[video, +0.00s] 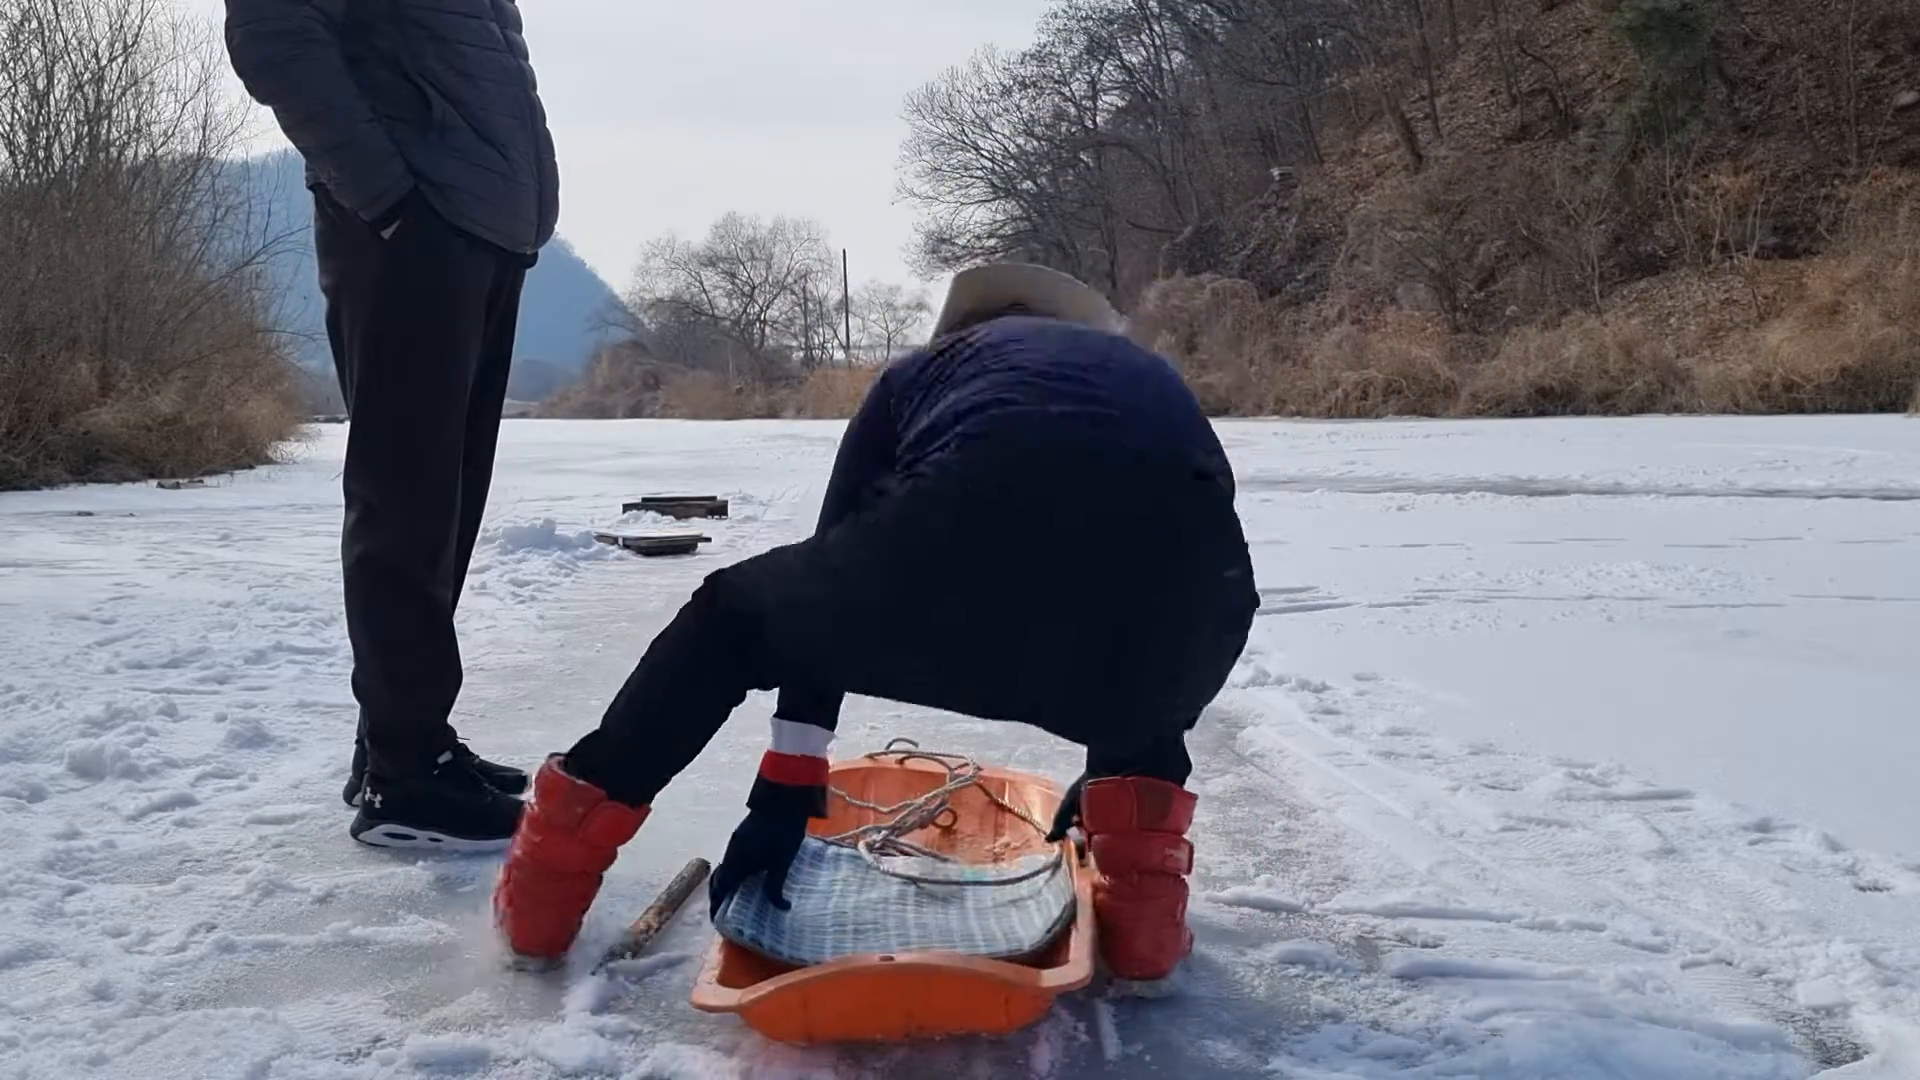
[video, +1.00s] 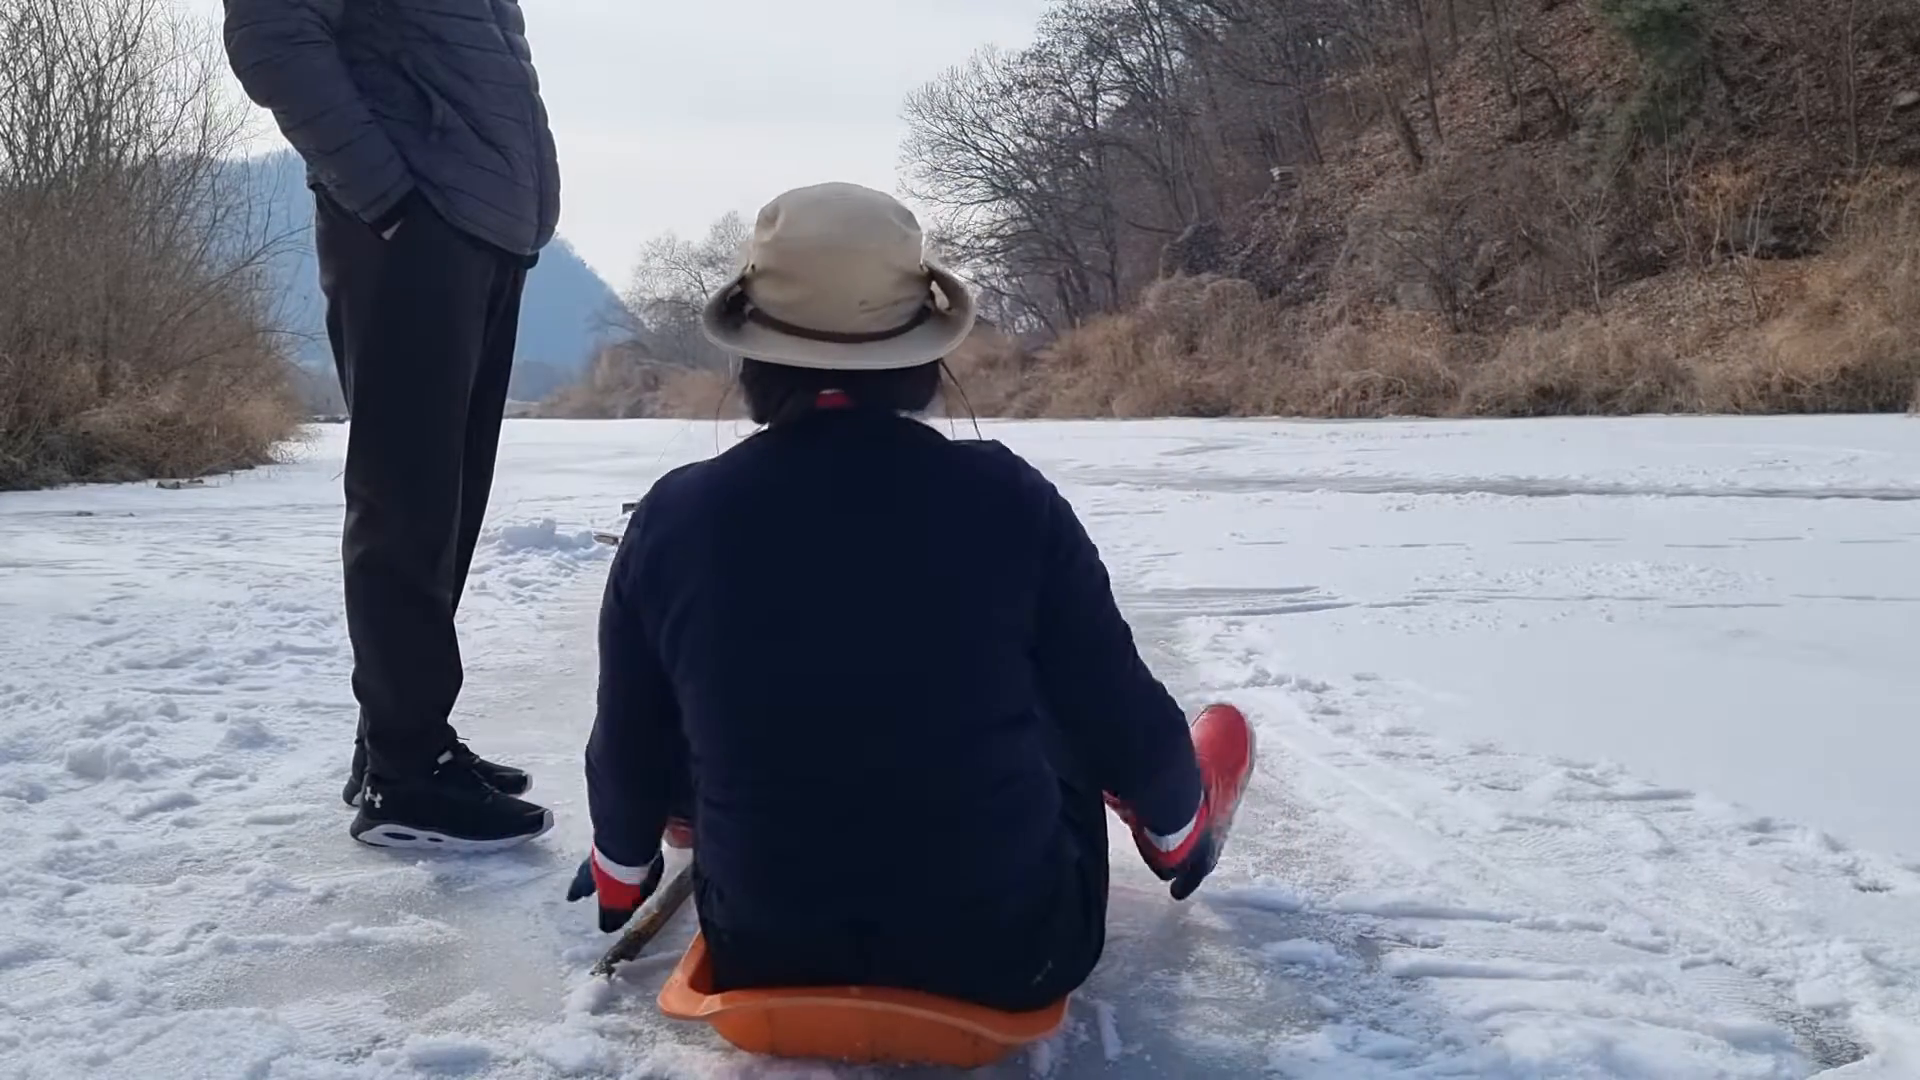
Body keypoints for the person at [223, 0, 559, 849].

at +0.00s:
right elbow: (270, 33)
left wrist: (513, 197)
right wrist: (387, 197)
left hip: (485, 232)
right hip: (408, 222)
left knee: (444, 501)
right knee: (403, 501)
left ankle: (418, 748)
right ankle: (400, 772)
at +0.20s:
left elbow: (487, 43)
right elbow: (269, 34)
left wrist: (517, 195)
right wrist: (386, 198)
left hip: (486, 234)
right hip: (408, 224)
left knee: (444, 501)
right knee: (404, 501)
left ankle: (410, 751)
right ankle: (401, 772)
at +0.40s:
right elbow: (269, 34)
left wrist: (514, 194)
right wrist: (386, 197)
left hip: (485, 233)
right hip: (409, 225)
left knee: (443, 505)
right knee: (403, 505)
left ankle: (415, 750)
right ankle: (401, 773)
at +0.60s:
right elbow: (269, 35)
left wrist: (515, 199)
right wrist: (386, 197)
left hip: (485, 235)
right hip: (409, 225)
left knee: (443, 505)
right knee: (403, 504)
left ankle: (417, 747)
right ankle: (399, 773)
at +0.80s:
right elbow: (269, 33)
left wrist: (514, 200)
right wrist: (386, 197)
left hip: (485, 234)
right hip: (409, 224)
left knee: (445, 503)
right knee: (403, 503)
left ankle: (417, 745)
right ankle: (400, 771)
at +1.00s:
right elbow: (269, 33)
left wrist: (515, 202)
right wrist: (387, 199)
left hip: (485, 235)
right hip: (410, 224)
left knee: (445, 502)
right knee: (404, 501)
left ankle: (416, 745)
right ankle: (400, 770)